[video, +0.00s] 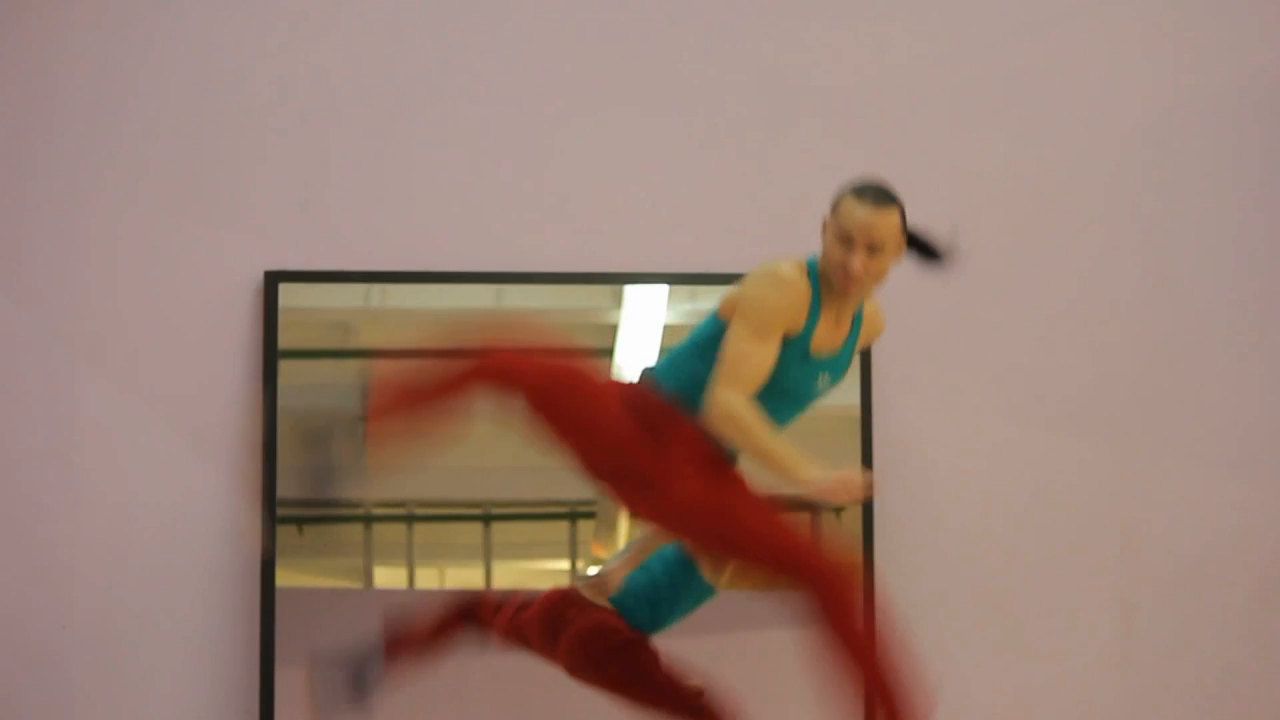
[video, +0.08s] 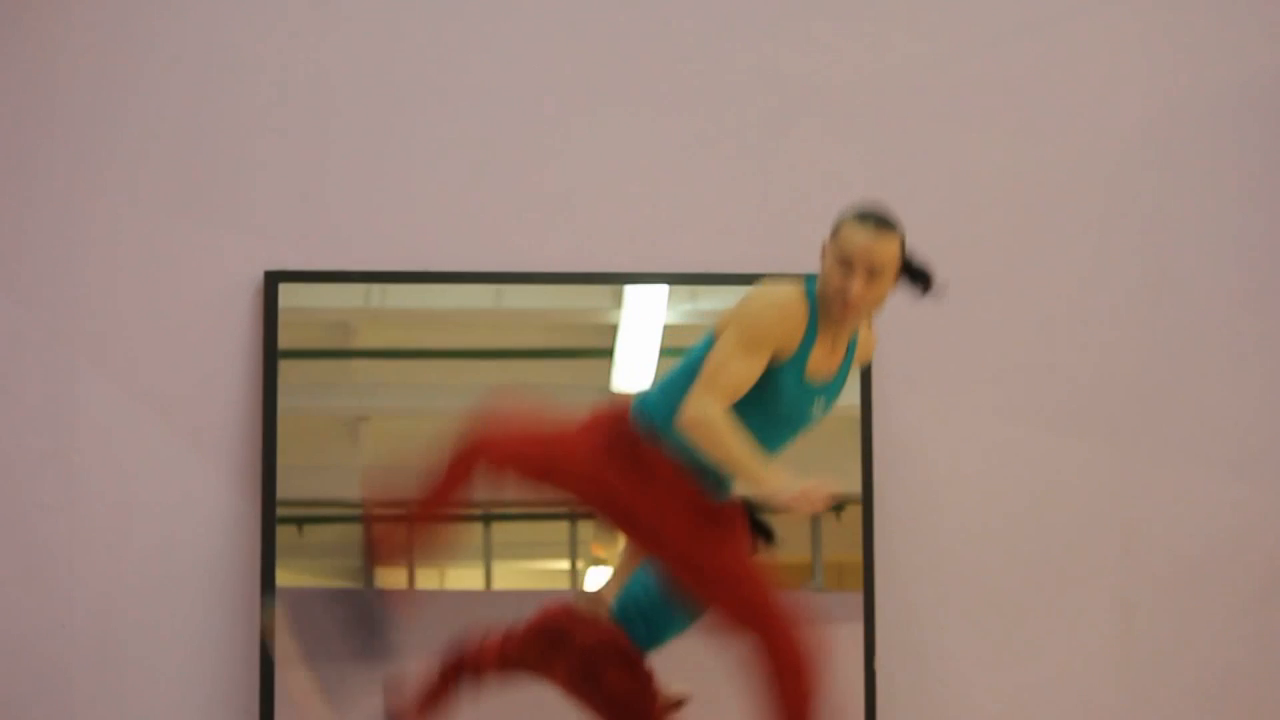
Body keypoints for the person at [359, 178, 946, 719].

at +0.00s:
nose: (855, 263)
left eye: (874, 252)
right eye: (846, 243)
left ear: (895, 260)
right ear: (824, 235)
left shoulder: (869, 322)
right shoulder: (779, 288)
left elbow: (779, 391)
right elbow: (724, 406)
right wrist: (812, 481)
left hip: (699, 477)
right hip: (636, 424)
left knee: (828, 562)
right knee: (513, 356)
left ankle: (887, 707)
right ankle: (358, 432)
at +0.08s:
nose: (853, 285)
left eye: (873, 275)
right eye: (845, 265)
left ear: (891, 285)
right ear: (824, 256)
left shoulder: (860, 341)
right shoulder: (777, 308)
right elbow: (697, 413)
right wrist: (774, 486)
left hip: (695, 504)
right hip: (623, 453)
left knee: (778, 630)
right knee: (490, 433)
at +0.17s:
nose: (853, 285)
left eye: (873, 275)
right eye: (845, 265)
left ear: (892, 285)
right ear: (824, 256)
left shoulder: (860, 341)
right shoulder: (777, 308)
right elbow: (698, 413)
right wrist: (774, 486)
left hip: (695, 504)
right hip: (623, 453)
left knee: (778, 629)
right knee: (490, 433)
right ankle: (413, 530)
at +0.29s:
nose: (842, 314)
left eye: (862, 305)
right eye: (836, 294)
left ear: (884, 315)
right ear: (816, 285)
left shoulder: (853, 373)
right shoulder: (765, 337)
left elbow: (762, 443)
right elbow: (675, 435)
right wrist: (749, 513)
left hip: (689, 543)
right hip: (618, 491)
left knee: (733, 701)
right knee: (466, 543)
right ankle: (431, 687)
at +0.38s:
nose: (842, 313)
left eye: (862, 305)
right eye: (835, 294)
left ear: (884, 315)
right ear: (816, 286)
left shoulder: (853, 373)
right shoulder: (765, 338)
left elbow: (761, 442)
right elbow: (675, 435)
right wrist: (750, 514)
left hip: (689, 543)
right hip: (617, 491)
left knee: (733, 701)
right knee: (466, 544)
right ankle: (430, 687)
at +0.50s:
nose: (826, 344)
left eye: (847, 333)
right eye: (820, 322)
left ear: (870, 345)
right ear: (800, 316)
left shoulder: (840, 406)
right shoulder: (741, 368)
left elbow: (759, 487)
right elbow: (648, 468)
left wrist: (731, 563)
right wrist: (704, 555)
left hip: (686, 588)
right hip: (606, 545)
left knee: (693, 713)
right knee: (461, 644)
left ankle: (564, 690)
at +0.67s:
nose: (826, 344)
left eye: (847, 333)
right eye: (820, 322)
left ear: (870, 345)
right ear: (799, 316)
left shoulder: (840, 406)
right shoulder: (741, 368)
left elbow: (759, 488)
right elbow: (648, 469)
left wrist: (730, 562)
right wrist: (704, 554)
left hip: (686, 588)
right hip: (606, 545)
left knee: (693, 712)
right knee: (461, 645)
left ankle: (566, 690)